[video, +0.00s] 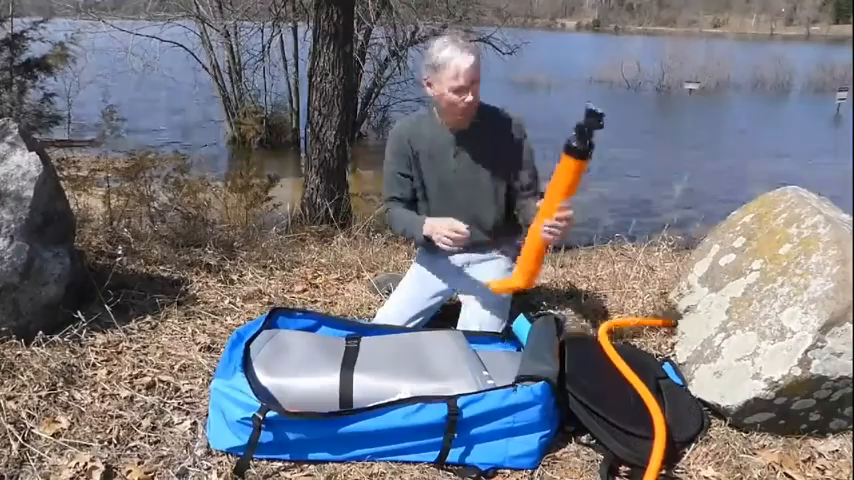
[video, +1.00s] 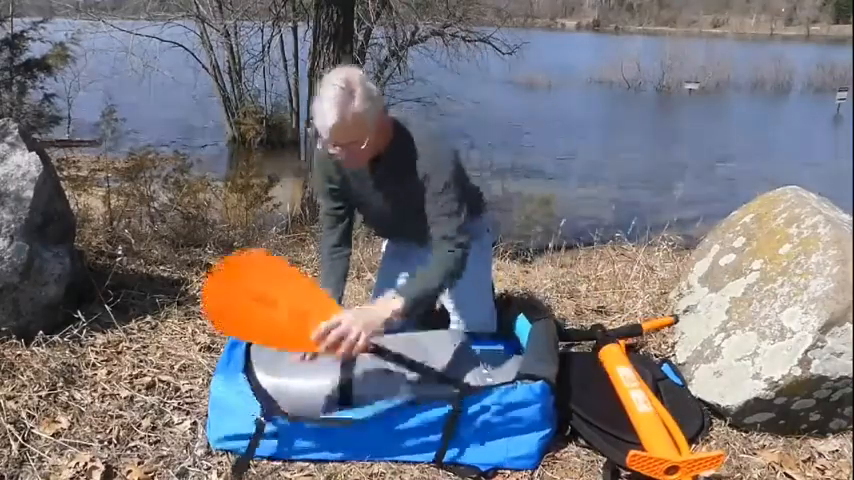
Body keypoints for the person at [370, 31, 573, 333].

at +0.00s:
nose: (471, 99)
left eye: (475, 87)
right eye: (459, 91)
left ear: (480, 80)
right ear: (430, 87)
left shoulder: (507, 129)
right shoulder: (407, 135)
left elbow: (525, 200)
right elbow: (395, 210)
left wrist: (548, 222)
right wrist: (426, 226)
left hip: (492, 259)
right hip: (434, 259)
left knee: (476, 347)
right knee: (382, 335)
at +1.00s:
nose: (335, 153)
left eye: (347, 144)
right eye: (328, 143)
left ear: (380, 125)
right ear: (321, 130)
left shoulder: (429, 149)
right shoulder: (328, 159)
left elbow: (451, 249)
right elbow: (334, 244)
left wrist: (387, 309)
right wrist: (324, 316)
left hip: (460, 238)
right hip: (403, 243)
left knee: (474, 338)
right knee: (382, 340)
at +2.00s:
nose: (410, 90)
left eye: (424, 77)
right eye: (400, 76)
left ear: (446, 61)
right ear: (384, 61)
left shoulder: (484, 94)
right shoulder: (365, 96)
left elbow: (509, 177)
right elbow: (336, 188)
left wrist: (507, 239)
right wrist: (353, 253)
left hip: (468, 238)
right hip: (400, 241)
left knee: (476, 345)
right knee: (376, 346)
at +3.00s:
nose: (442, 81)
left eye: (453, 70)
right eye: (430, 69)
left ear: (467, 57)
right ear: (408, 48)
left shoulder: (494, 99)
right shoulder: (376, 93)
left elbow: (510, 183)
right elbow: (345, 186)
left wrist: (489, 237)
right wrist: (404, 232)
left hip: (467, 242)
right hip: (399, 241)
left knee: (480, 352)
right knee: (376, 350)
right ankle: (419, 308)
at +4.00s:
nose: (378, 148)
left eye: (386, 140)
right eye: (370, 139)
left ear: (419, 118)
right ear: (362, 117)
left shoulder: (473, 134)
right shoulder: (353, 136)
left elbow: (511, 214)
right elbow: (318, 217)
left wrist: (514, 290)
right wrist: (283, 305)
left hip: (467, 243)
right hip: (401, 245)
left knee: (475, 350)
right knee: (380, 346)